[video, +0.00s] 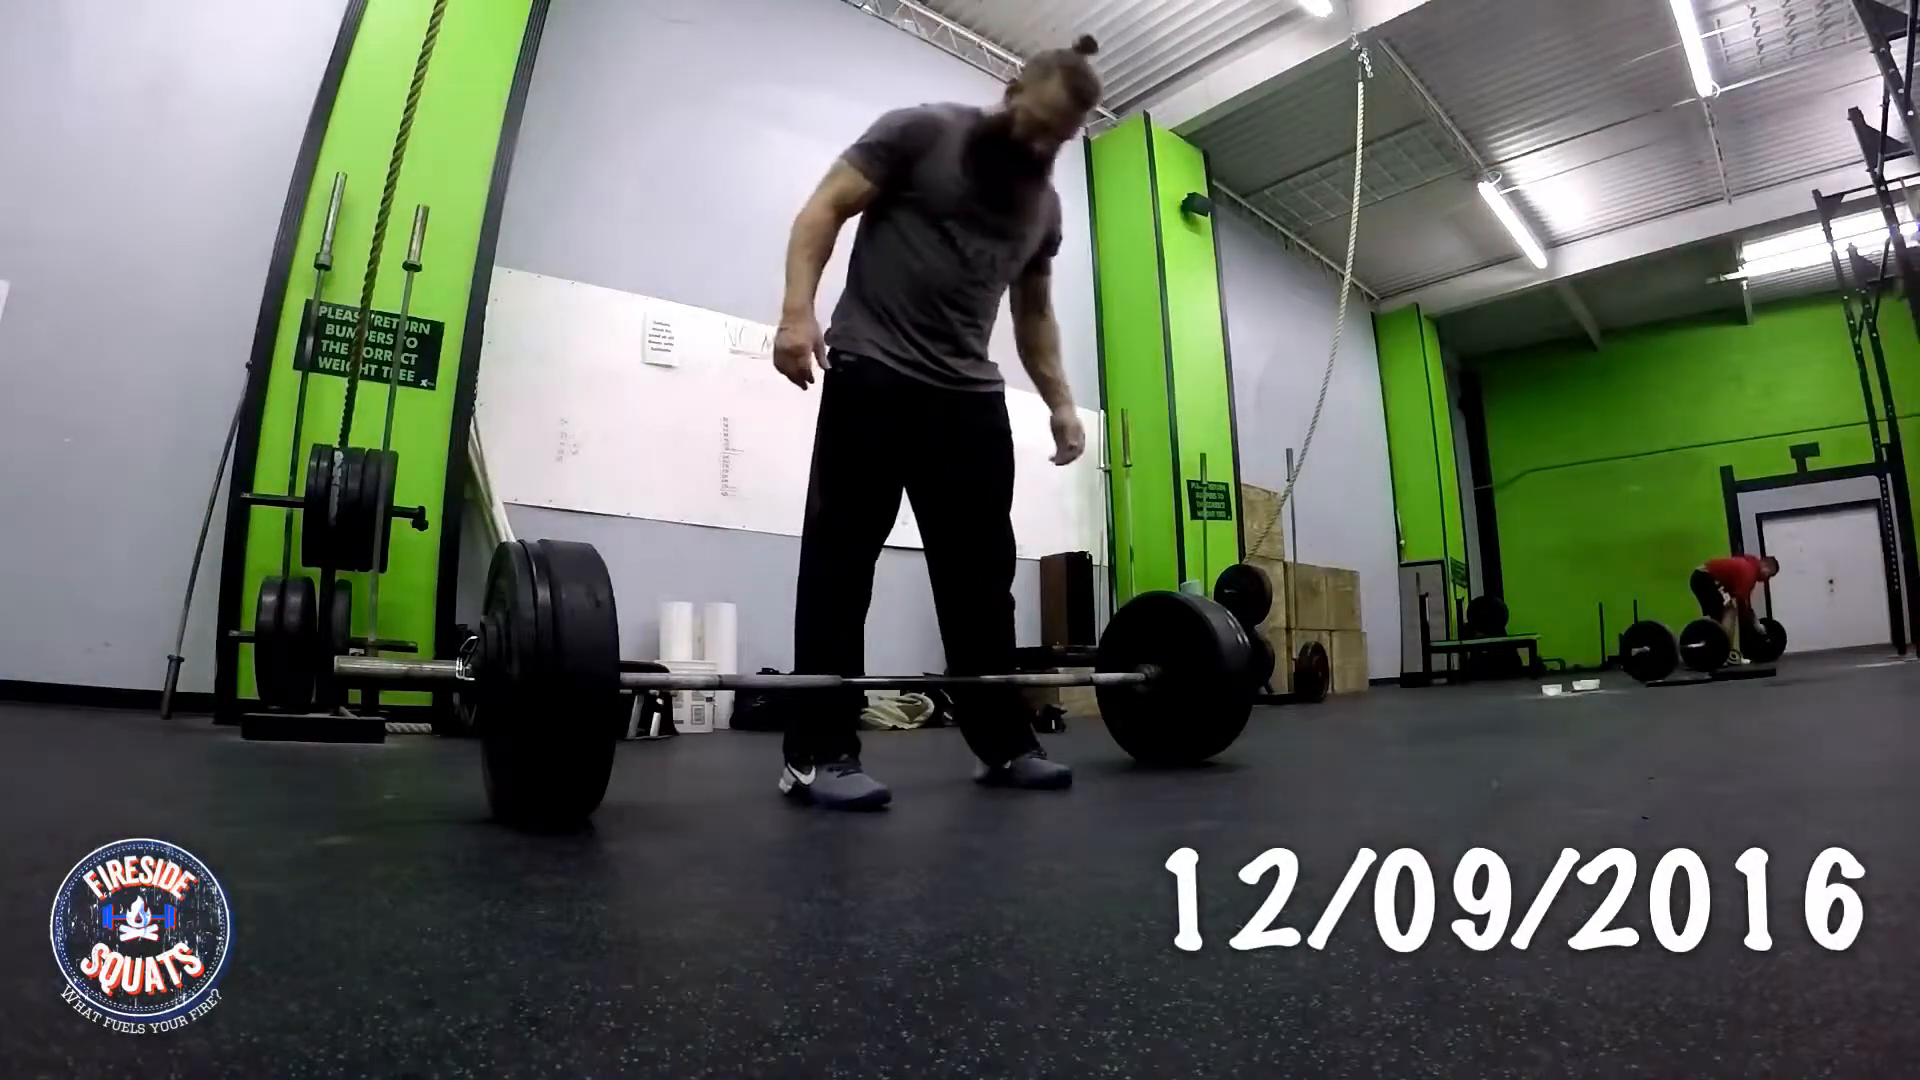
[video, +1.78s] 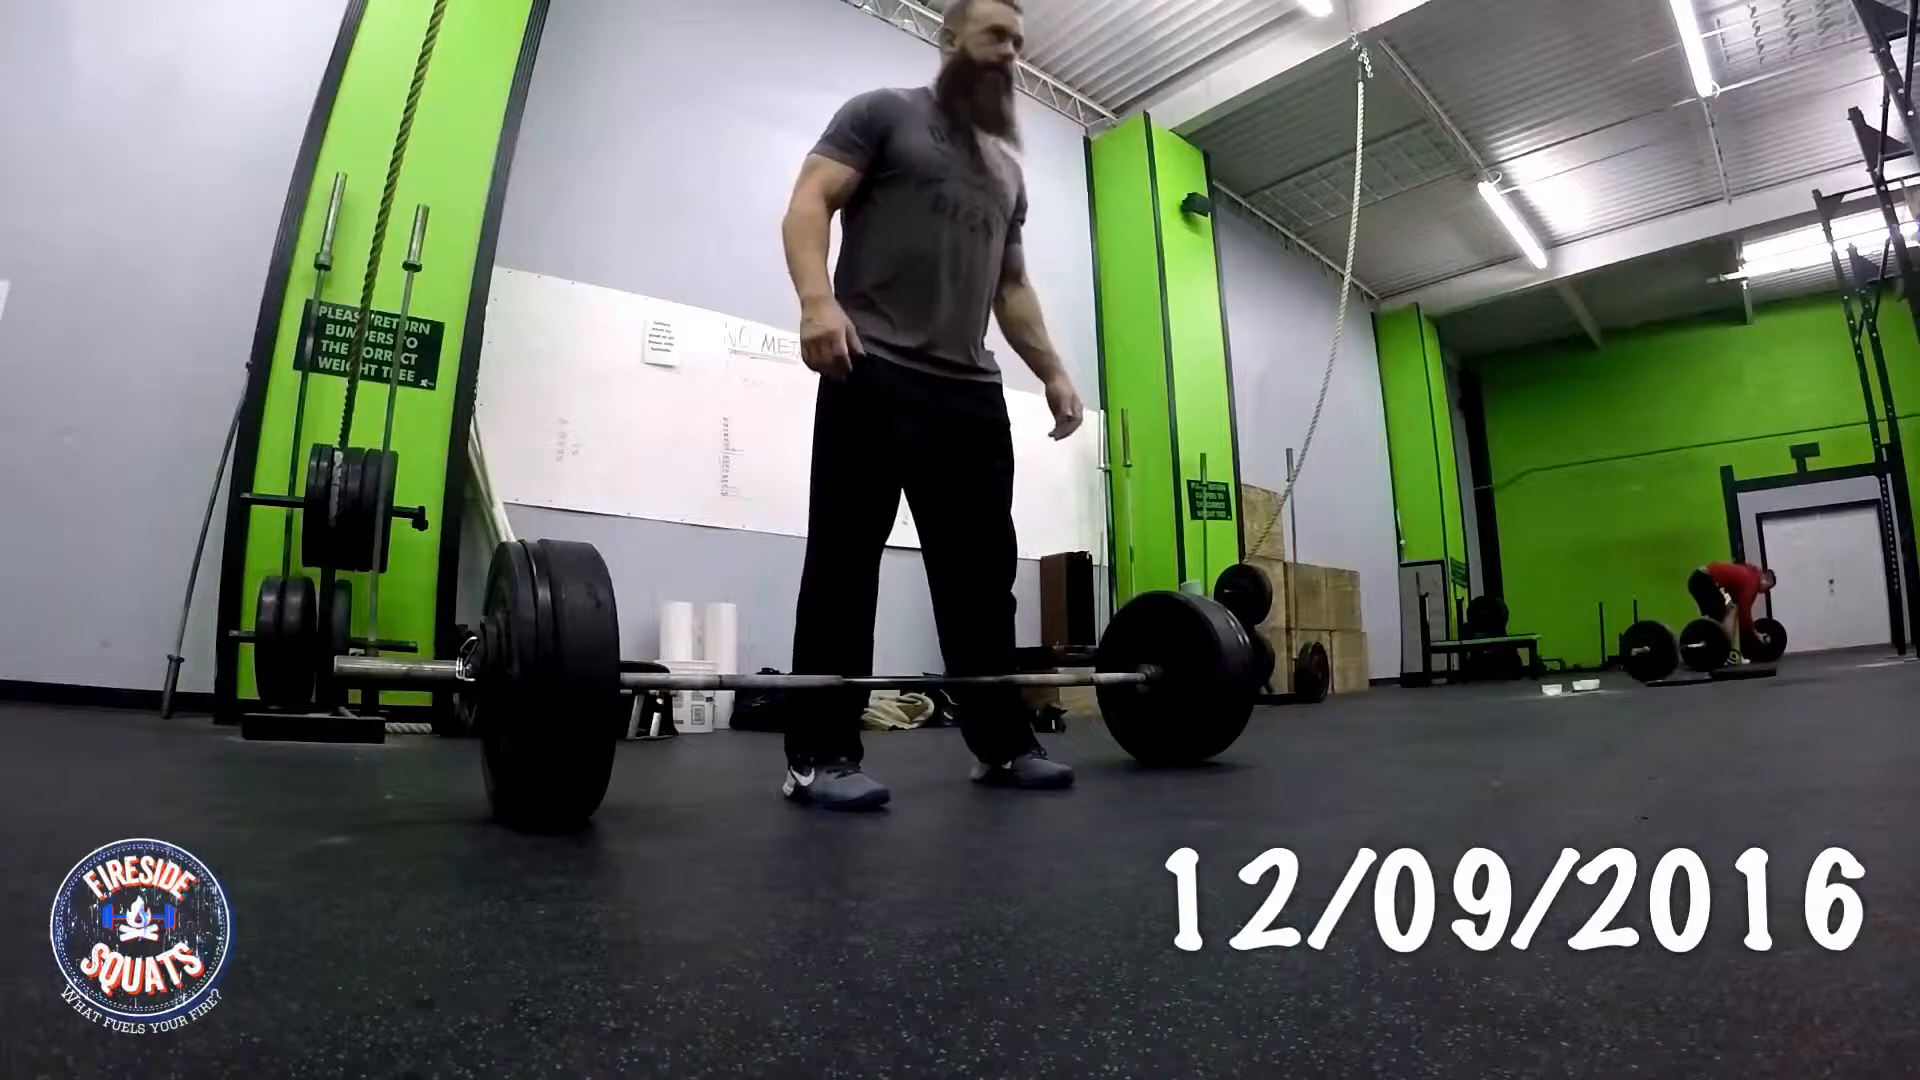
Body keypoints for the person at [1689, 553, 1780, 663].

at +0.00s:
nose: (1766, 578)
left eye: (1769, 576)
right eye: (1768, 574)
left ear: (1764, 564)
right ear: (1764, 567)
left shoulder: (1750, 567)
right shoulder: (1749, 571)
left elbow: (1744, 600)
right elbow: (1742, 601)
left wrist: (1754, 621)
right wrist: (1753, 623)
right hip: (1705, 577)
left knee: (1715, 615)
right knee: (1729, 611)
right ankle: (1730, 654)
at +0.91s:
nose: (1767, 592)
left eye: (1770, 590)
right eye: (1770, 588)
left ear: (1764, 577)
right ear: (1766, 581)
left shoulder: (1749, 577)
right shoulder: (1751, 580)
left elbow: (1742, 609)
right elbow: (1743, 610)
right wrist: (1746, 631)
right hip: (1705, 578)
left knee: (1717, 616)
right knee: (1730, 612)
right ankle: (1732, 654)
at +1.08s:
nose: (1766, 602)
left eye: (1769, 600)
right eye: (1769, 598)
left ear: (1765, 586)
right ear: (1766, 590)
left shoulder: (1752, 581)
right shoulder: (1751, 587)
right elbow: (1746, 623)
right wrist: (1754, 648)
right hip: (1704, 580)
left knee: (1717, 617)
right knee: (1731, 612)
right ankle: (1729, 654)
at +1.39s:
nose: (1765, 595)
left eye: (1769, 593)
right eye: (1768, 591)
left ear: (1765, 580)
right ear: (1766, 584)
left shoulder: (1751, 577)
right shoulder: (1751, 584)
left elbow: (1744, 612)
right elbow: (1744, 617)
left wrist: (1751, 632)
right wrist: (1753, 635)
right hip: (1704, 580)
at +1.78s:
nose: (1764, 590)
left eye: (1768, 588)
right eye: (1767, 586)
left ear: (1762, 575)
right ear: (1764, 580)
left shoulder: (1749, 575)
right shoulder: (1751, 581)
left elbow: (1742, 610)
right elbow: (1744, 613)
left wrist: (1751, 630)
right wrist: (1754, 634)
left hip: (1699, 577)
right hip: (1703, 579)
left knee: (1716, 617)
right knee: (1731, 610)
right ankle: (1729, 653)